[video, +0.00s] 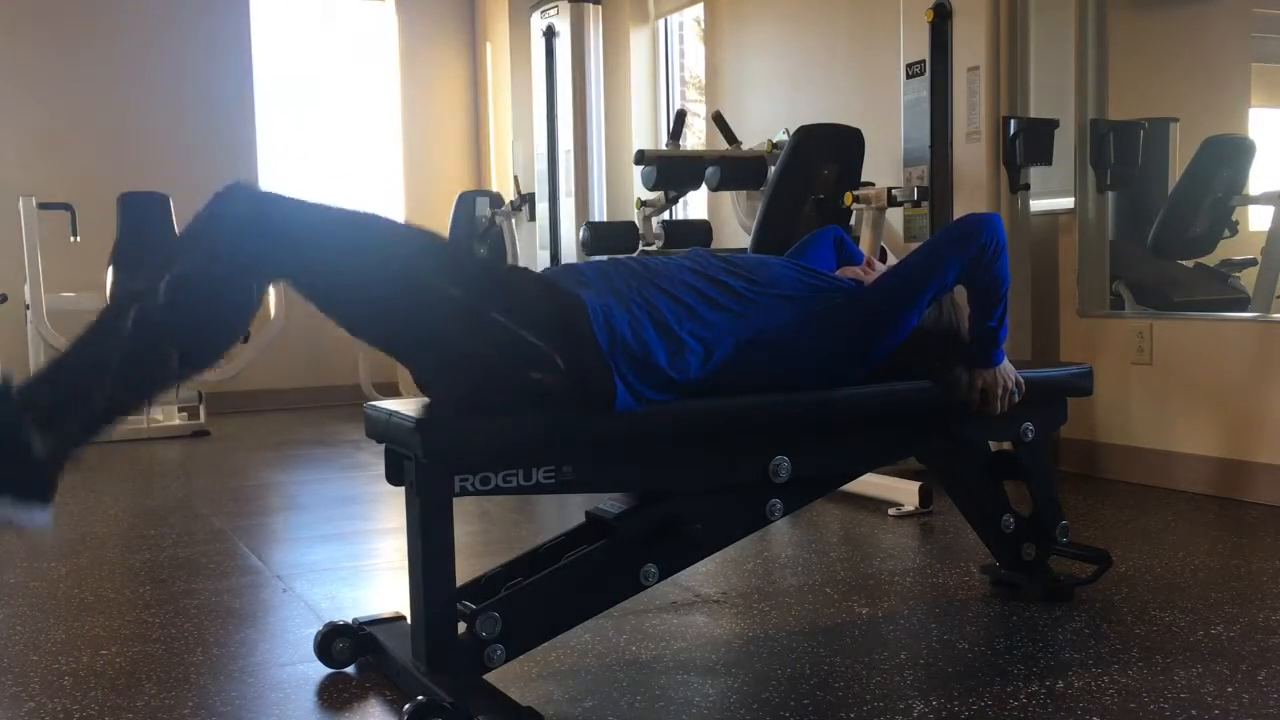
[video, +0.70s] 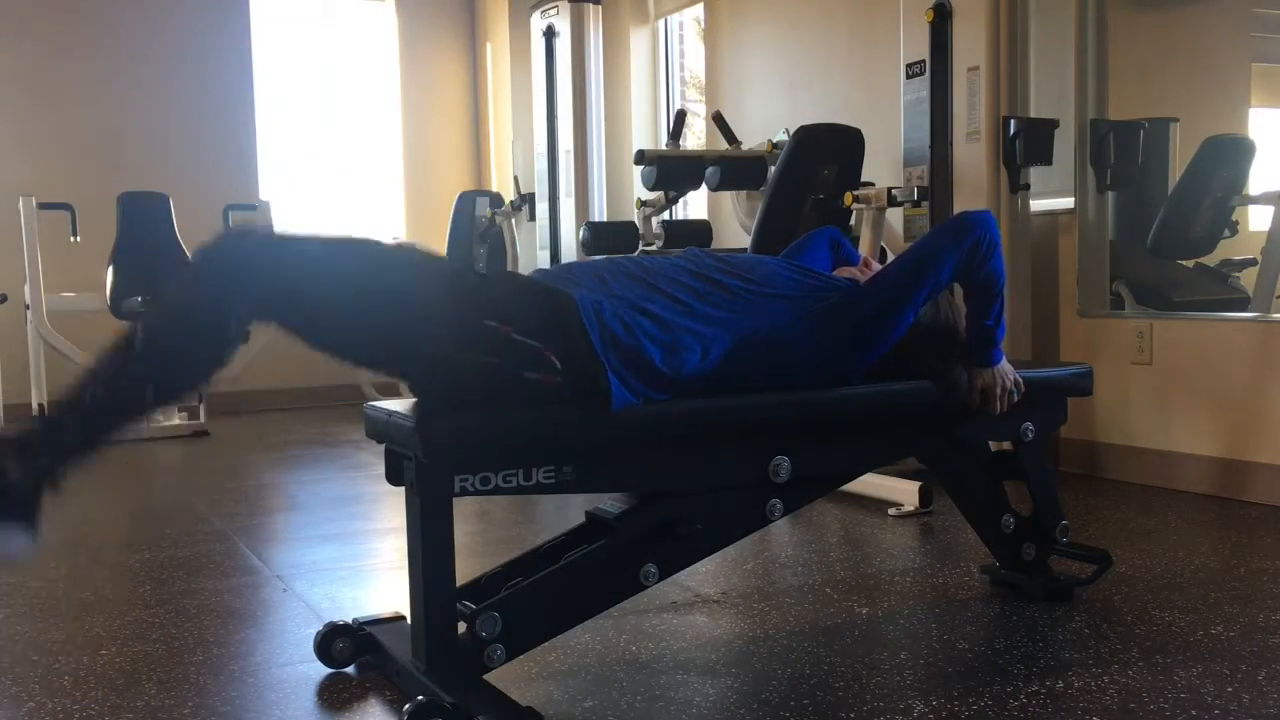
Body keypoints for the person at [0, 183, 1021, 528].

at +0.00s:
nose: (873, 250)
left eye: (890, 259)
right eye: (876, 245)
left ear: (894, 294)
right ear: (856, 261)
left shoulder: (855, 323)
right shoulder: (787, 286)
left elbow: (983, 227)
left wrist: (984, 348)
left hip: (545, 350)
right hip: (525, 308)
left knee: (244, 216)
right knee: (272, 205)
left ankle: (39, 435)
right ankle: (172, 287)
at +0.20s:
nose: (881, 247)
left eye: (900, 256)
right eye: (883, 238)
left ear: (899, 296)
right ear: (859, 251)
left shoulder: (849, 322)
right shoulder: (790, 281)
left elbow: (985, 235)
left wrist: (974, 351)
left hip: (552, 352)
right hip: (527, 300)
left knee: (234, 307)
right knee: (331, 272)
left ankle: (41, 550)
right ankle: (183, 296)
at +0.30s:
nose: (874, 246)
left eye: (892, 252)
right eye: (874, 239)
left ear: (895, 286)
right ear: (851, 251)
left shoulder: (854, 323)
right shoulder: (786, 284)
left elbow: (979, 234)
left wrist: (968, 351)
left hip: (552, 344)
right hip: (520, 298)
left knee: (227, 350)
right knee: (241, 328)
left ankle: (48, 592)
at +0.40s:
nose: (884, 255)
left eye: (896, 264)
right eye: (890, 253)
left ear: (898, 297)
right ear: (867, 267)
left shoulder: (860, 321)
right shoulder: (782, 289)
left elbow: (979, 222)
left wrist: (977, 351)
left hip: (552, 347)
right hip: (515, 304)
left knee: (239, 365)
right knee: (259, 341)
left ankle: (59, 619)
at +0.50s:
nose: (879, 253)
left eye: (893, 261)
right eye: (887, 251)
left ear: (895, 295)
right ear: (863, 269)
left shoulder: (859, 321)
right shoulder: (783, 292)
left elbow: (978, 222)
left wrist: (983, 356)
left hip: (551, 346)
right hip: (513, 304)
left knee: (231, 365)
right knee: (247, 343)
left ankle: (61, 617)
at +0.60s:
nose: (876, 246)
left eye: (895, 256)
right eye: (875, 236)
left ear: (893, 298)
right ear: (849, 241)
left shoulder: (852, 323)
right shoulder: (784, 280)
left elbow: (979, 235)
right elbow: (831, 167)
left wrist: (975, 359)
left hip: (552, 350)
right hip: (520, 302)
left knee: (233, 325)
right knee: (306, 298)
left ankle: (50, 563)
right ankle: (187, 306)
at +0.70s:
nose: (892, 270)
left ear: (912, 317)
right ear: (888, 303)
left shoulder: (855, 325)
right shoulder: (792, 289)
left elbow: (980, 225)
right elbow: (837, 193)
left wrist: (979, 355)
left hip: (545, 334)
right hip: (519, 298)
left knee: (235, 269)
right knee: (255, 239)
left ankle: (34, 461)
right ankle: (172, 326)